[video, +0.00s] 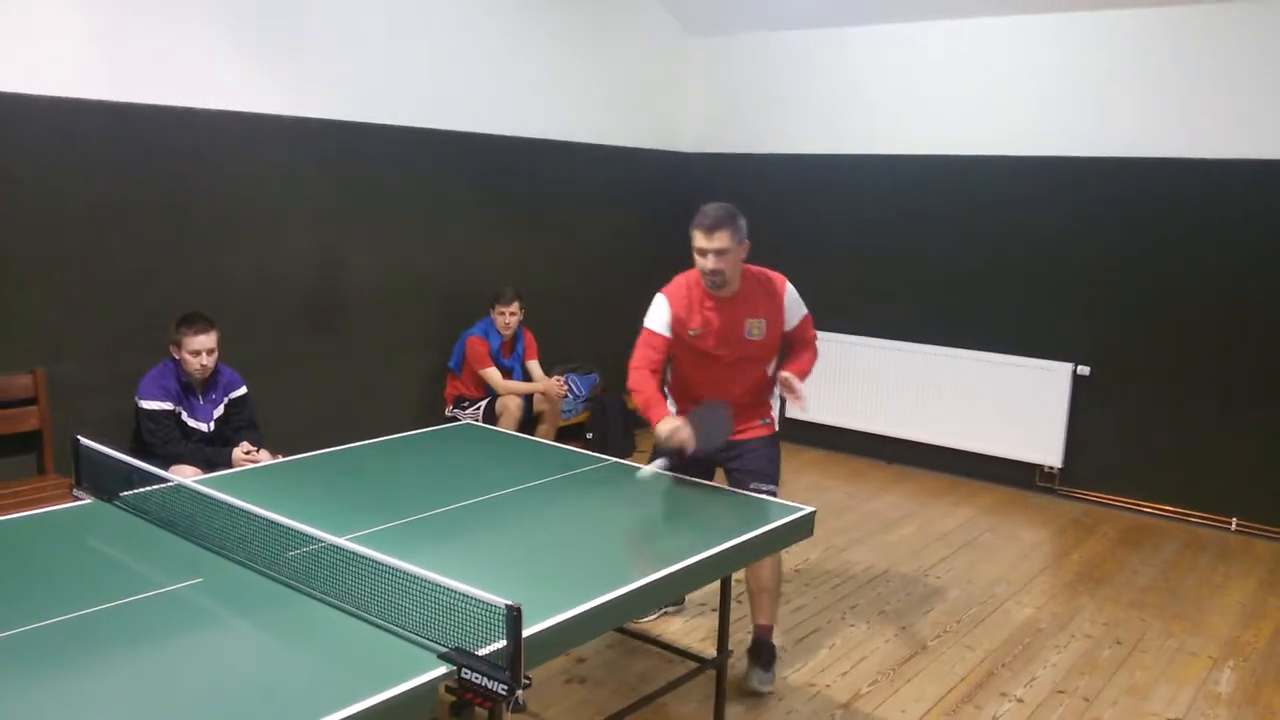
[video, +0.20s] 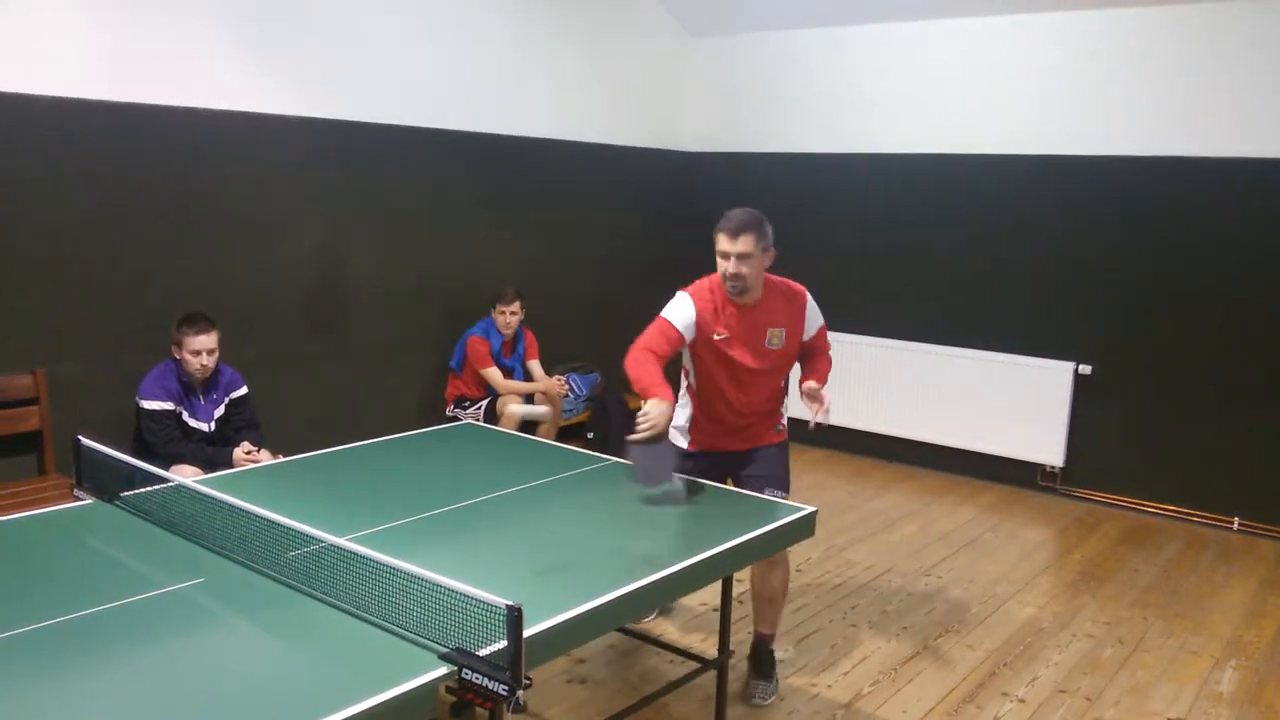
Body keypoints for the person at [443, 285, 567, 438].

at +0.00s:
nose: (507, 320)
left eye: (512, 314)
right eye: (501, 314)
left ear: (521, 315)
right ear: (492, 314)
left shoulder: (525, 338)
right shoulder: (475, 340)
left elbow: (539, 378)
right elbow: (500, 387)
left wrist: (554, 386)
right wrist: (543, 387)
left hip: (499, 400)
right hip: (463, 407)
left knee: (551, 402)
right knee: (512, 403)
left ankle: (538, 463)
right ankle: (500, 461)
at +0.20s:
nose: (507, 320)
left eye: (513, 314)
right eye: (502, 313)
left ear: (522, 315)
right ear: (493, 314)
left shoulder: (526, 337)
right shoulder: (476, 340)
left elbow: (540, 378)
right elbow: (501, 387)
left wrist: (554, 386)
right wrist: (545, 386)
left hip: (500, 400)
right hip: (464, 405)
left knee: (552, 402)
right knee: (513, 404)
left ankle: (539, 464)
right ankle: (498, 461)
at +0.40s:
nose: (509, 320)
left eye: (514, 314)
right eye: (503, 314)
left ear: (523, 315)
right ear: (494, 314)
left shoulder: (527, 338)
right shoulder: (477, 340)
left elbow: (541, 379)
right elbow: (502, 387)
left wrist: (555, 386)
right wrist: (546, 387)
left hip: (500, 400)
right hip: (465, 406)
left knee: (553, 401)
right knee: (514, 404)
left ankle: (541, 464)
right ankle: (501, 462)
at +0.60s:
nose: (510, 320)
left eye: (516, 314)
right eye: (504, 313)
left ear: (524, 315)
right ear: (496, 313)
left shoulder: (527, 337)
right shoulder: (478, 339)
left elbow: (542, 378)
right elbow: (502, 387)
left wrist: (556, 385)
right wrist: (546, 386)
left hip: (501, 399)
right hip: (465, 406)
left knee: (554, 401)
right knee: (515, 403)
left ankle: (542, 463)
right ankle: (502, 461)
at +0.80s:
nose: (511, 320)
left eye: (517, 314)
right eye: (506, 313)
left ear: (525, 315)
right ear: (497, 313)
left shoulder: (529, 337)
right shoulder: (479, 339)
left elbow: (543, 377)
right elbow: (503, 387)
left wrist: (556, 385)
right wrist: (547, 386)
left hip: (502, 399)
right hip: (466, 406)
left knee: (555, 400)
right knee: (516, 403)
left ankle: (544, 462)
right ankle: (503, 461)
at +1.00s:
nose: (512, 319)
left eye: (518, 313)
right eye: (506, 313)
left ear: (526, 315)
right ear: (497, 312)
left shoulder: (529, 336)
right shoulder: (480, 339)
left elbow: (543, 377)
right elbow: (504, 386)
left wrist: (557, 385)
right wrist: (549, 386)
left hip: (503, 398)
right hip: (467, 405)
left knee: (555, 400)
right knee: (516, 402)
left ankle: (545, 462)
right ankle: (504, 461)